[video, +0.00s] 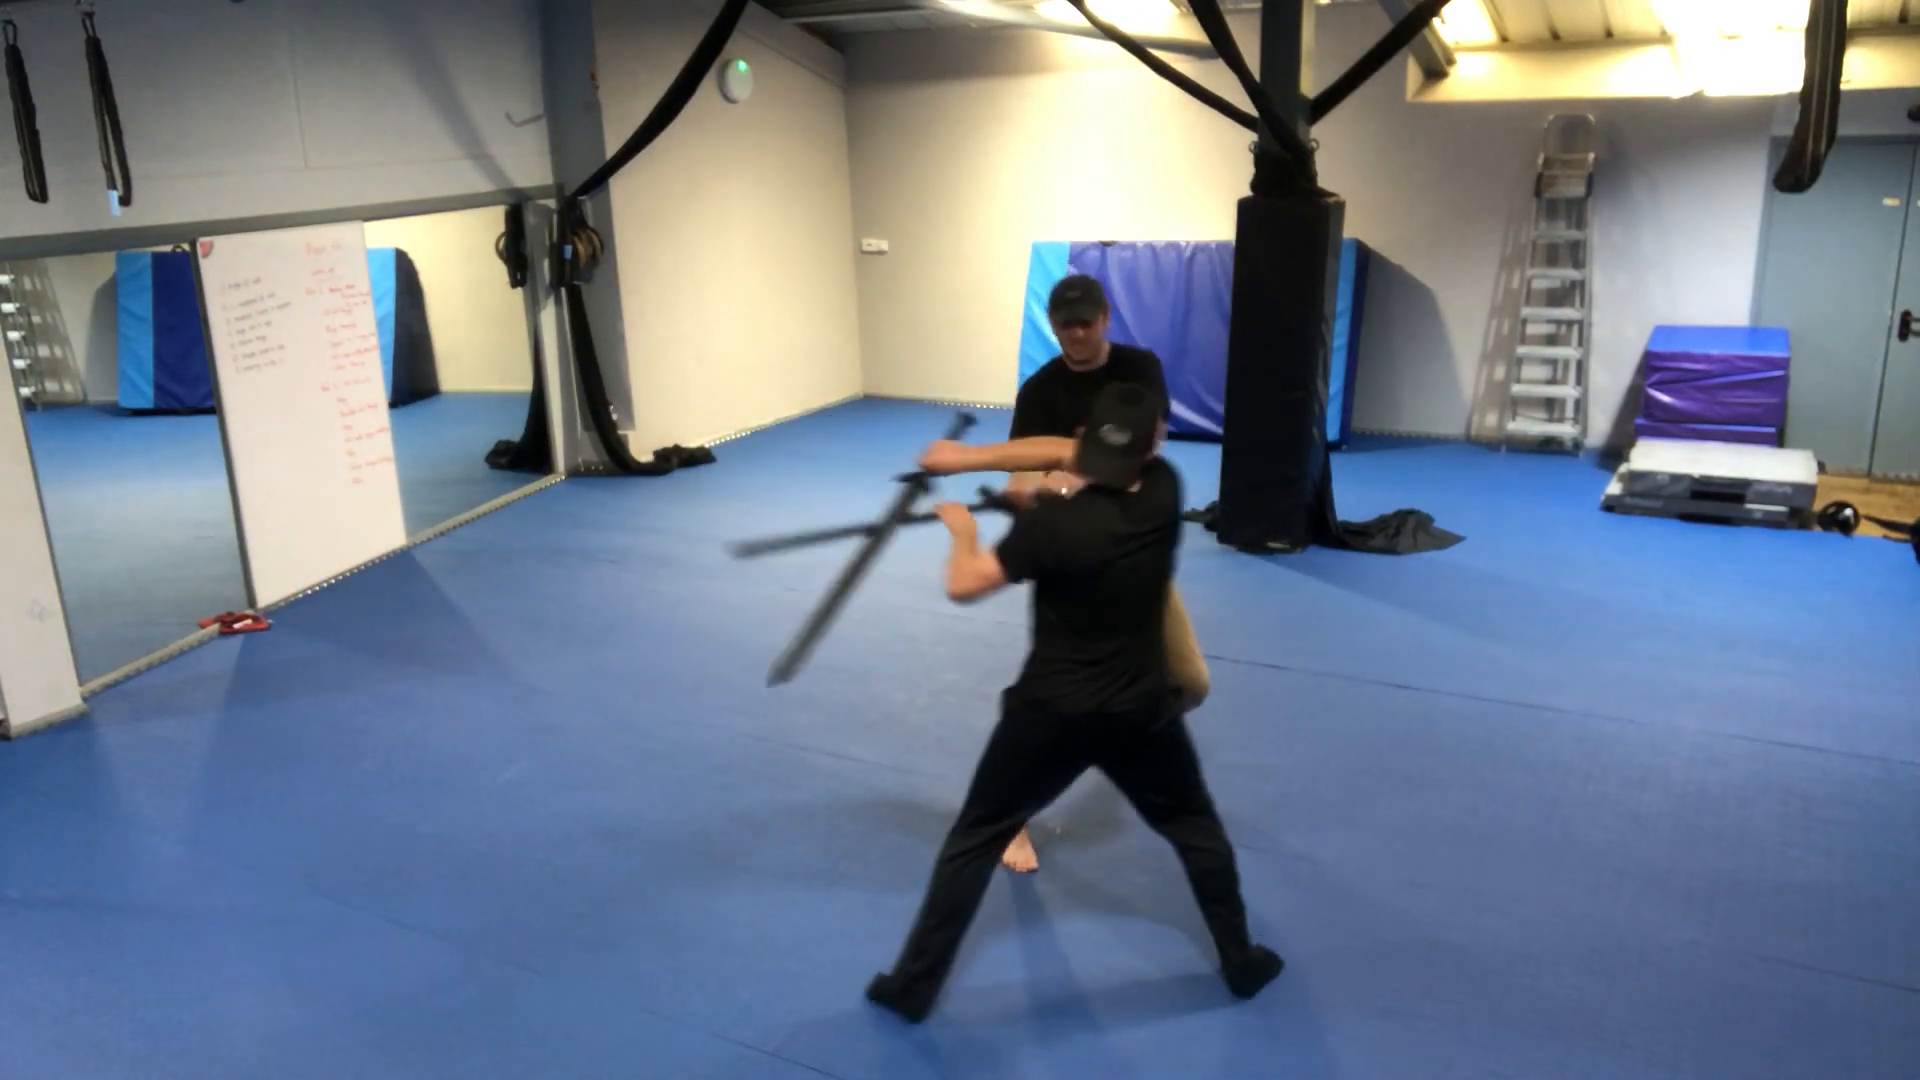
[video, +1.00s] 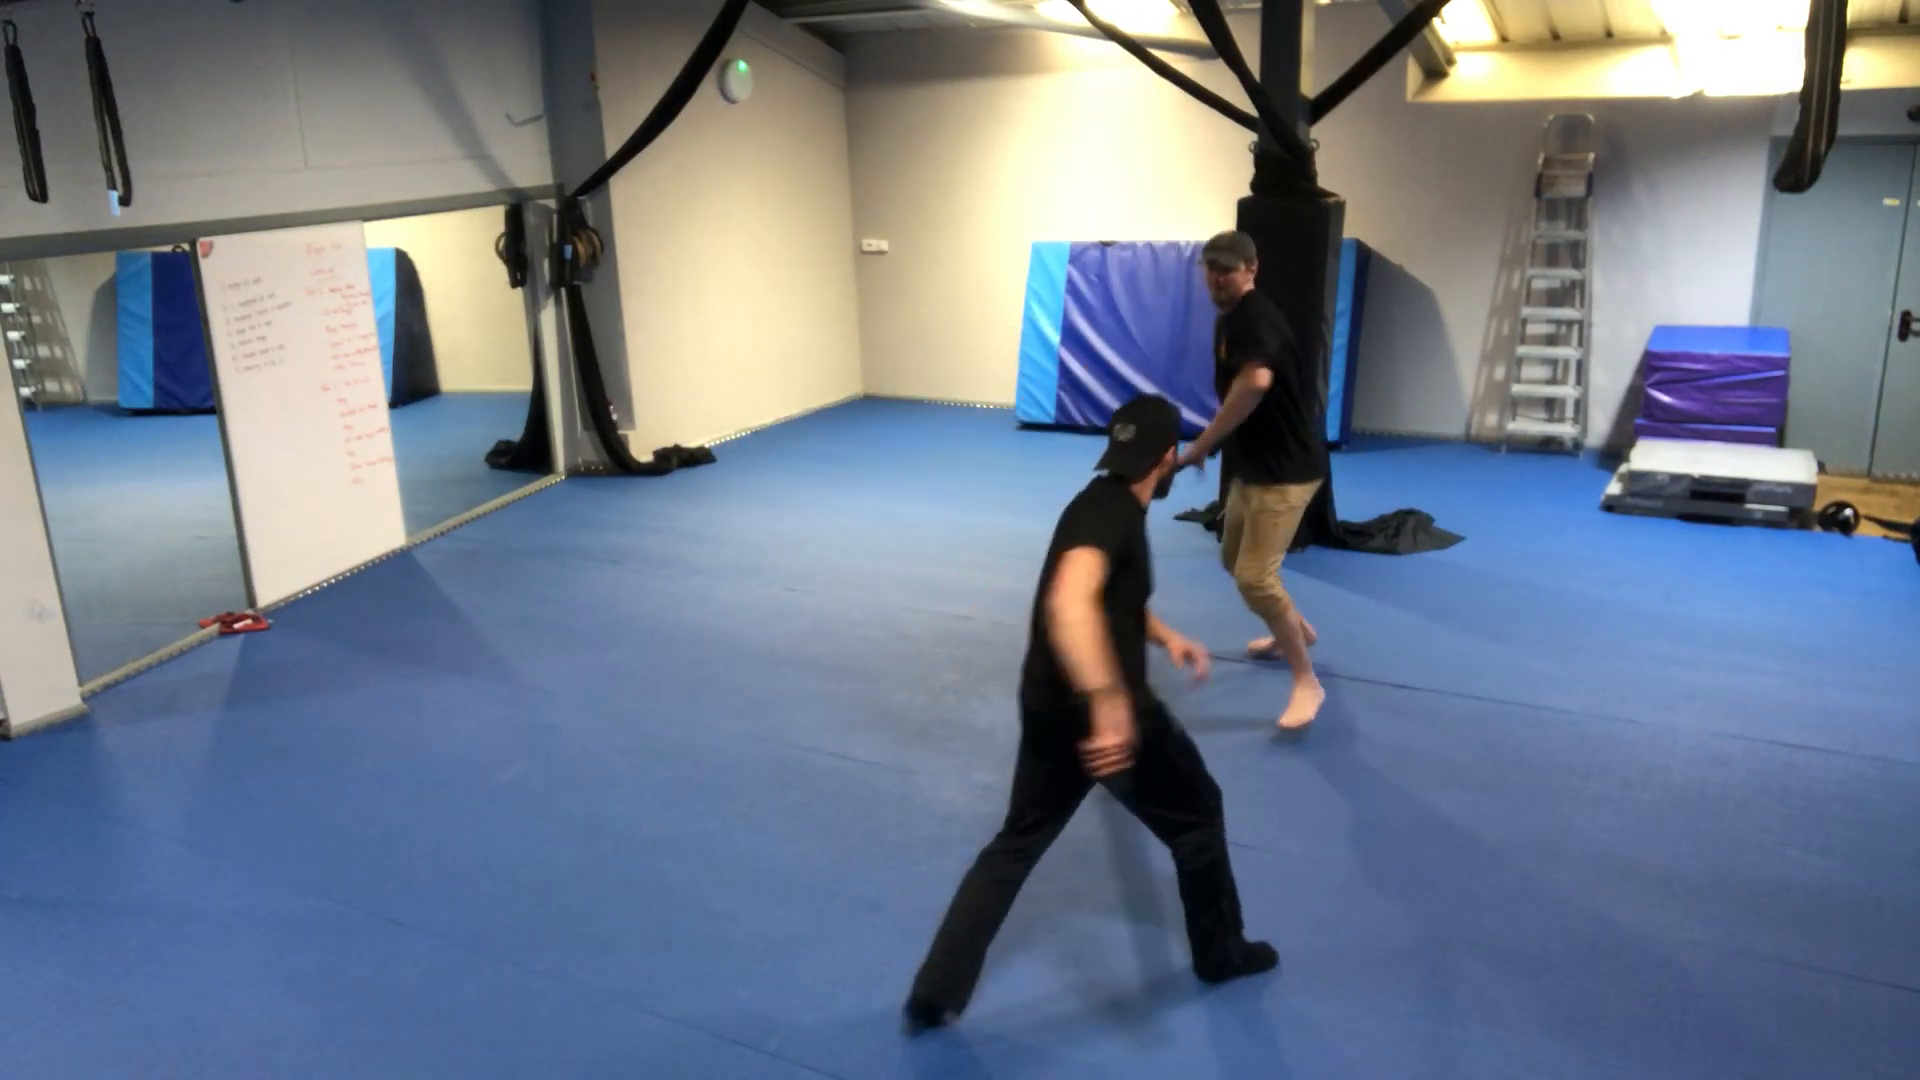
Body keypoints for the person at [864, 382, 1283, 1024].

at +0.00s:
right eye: (1155, 438)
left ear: (1085, 449)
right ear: (1148, 449)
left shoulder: (1056, 524)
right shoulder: (1163, 491)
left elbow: (963, 583)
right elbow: (1069, 458)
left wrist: (961, 529)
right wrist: (967, 459)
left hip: (1053, 707)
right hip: (1141, 704)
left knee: (978, 835)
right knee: (1192, 820)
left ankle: (915, 984)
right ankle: (1239, 959)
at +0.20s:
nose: (1176, 441)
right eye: (1170, 434)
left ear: (1097, 435)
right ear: (1164, 446)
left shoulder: (1050, 501)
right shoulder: (1184, 497)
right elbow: (1235, 478)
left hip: (1070, 698)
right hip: (1163, 702)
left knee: (1005, 811)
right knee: (1221, 825)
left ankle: (931, 956)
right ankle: (1247, 961)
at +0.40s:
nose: (1122, 429)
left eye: (1117, 420)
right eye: (1119, 421)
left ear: (1058, 429)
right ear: (1112, 432)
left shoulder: (1055, 490)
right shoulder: (1099, 503)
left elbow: (1111, 509)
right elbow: (1141, 587)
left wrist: (1157, 520)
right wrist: (1261, 578)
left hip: (1078, 694)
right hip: (1141, 702)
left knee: (1029, 824)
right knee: (1213, 836)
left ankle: (936, 976)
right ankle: (1247, 967)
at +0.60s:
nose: (1150, 466)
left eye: (1150, 455)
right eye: (1149, 455)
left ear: (1093, 449)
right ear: (1133, 460)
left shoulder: (1084, 514)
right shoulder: (1071, 518)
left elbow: (1097, 572)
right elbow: (971, 593)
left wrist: (1156, 585)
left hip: (1049, 719)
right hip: (1103, 721)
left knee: (1005, 851)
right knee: (1197, 820)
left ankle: (927, 1002)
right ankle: (1243, 960)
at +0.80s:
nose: (1162, 487)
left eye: (1162, 476)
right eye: (1162, 477)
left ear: (1107, 468)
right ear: (1147, 483)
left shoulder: (1090, 532)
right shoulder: (1068, 531)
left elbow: (1071, 617)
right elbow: (966, 601)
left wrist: (1118, 666)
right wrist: (935, 704)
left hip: (1032, 725)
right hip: (1078, 728)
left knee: (1012, 855)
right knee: (1187, 814)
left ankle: (926, 1003)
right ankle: (1232, 954)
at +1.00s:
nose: (1176, 461)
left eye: (1173, 452)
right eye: (1176, 453)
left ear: (1116, 448)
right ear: (1165, 459)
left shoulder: (1105, 505)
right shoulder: (1112, 512)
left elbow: (1116, 595)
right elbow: (1069, 603)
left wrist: (1167, 637)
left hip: (1055, 704)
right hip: (1109, 704)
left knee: (1018, 840)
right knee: (1195, 812)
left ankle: (935, 992)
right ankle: (1219, 951)